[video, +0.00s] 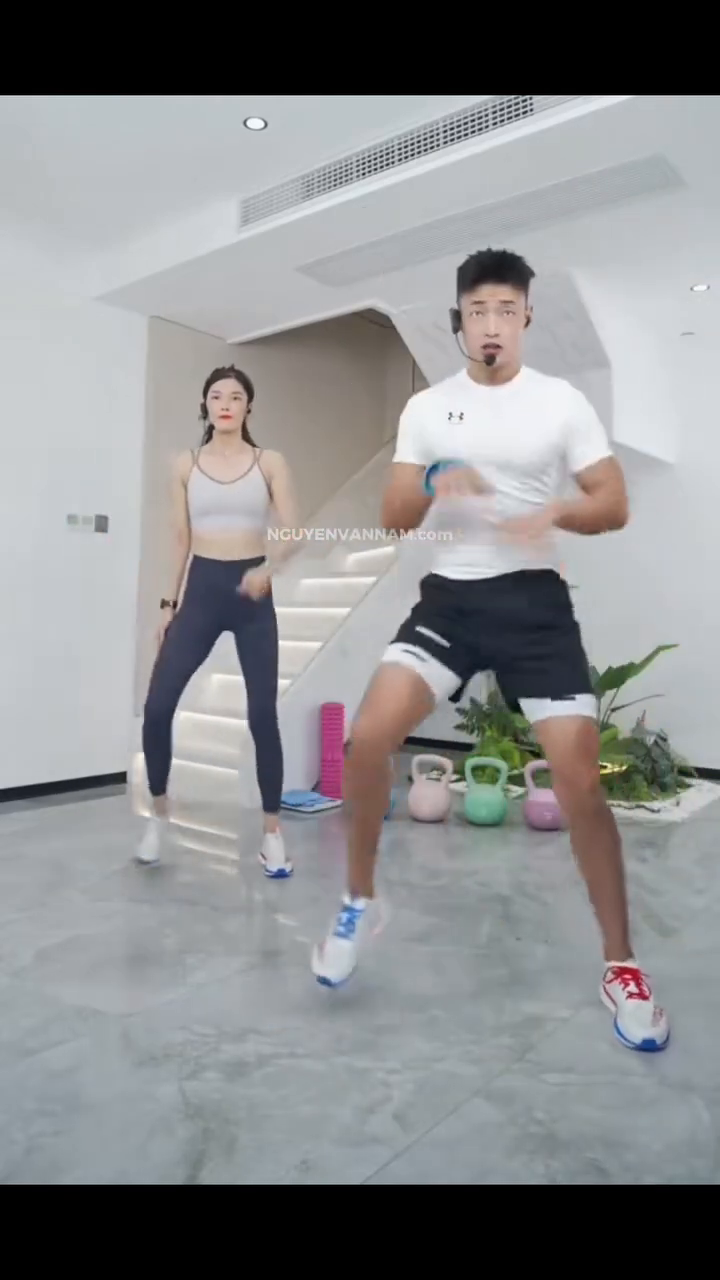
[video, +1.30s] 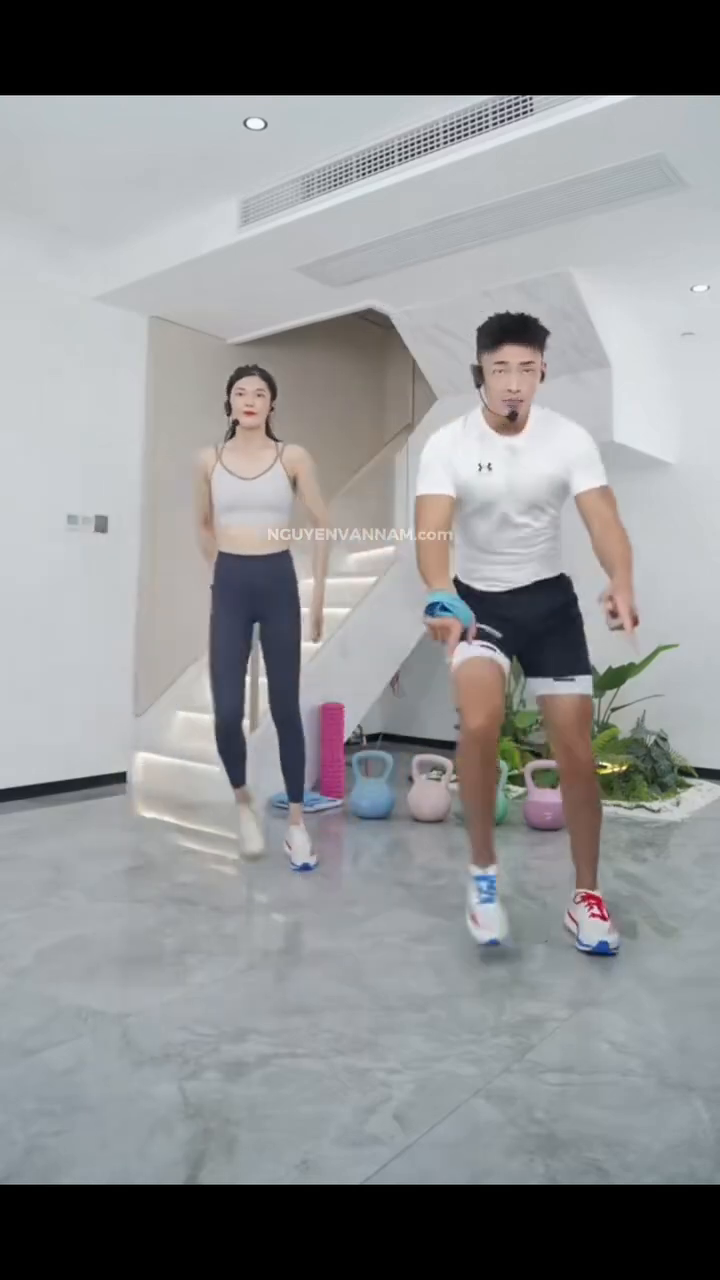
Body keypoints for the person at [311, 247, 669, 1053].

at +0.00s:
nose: (491, 328)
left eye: (506, 313)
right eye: (477, 314)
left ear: (528, 321)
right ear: (459, 322)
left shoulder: (562, 403)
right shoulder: (426, 409)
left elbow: (612, 506)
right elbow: (393, 514)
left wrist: (552, 514)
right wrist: (434, 489)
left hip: (535, 609)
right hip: (445, 606)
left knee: (581, 782)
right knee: (367, 739)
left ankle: (620, 966)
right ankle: (359, 901)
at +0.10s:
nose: (458, 331)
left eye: (471, 317)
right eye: (445, 318)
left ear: (495, 324)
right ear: (427, 330)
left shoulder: (528, 404)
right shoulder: (403, 412)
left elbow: (561, 502)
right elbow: (376, 511)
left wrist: (464, 480)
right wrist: (448, 453)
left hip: (504, 608)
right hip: (416, 607)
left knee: (556, 786)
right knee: (344, 771)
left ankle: (618, 967)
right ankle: (313, 903)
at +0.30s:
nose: (406, 354)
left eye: (421, 341)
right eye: (396, 339)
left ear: (442, 351)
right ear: (378, 346)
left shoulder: (460, 432)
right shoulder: (335, 424)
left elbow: (492, 521)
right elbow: (309, 517)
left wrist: (426, 518)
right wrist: (372, 504)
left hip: (439, 618)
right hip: (356, 621)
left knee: (511, 757)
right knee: (317, 779)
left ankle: (550, 936)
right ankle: (309, 915)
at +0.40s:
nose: (397, 330)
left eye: (412, 318)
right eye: (386, 317)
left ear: (433, 326)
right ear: (369, 322)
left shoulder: (453, 410)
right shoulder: (327, 398)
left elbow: (494, 507)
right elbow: (279, 484)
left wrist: (442, 556)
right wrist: (310, 510)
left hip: (424, 585)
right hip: (345, 587)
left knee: (461, 719)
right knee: (317, 750)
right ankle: (308, 909)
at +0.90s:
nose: (410, 346)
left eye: (423, 333)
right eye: (397, 335)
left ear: (444, 343)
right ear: (383, 349)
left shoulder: (474, 425)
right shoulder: (355, 426)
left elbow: (506, 508)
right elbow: (330, 511)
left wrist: (514, 570)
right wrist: (327, 551)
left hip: (453, 602)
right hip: (373, 606)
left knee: (521, 743)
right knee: (333, 764)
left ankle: (524, 874)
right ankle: (296, 902)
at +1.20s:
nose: (493, 380)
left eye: (505, 367)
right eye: (480, 368)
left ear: (523, 370)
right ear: (461, 374)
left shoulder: (555, 436)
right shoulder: (435, 443)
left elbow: (589, 513)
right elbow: (421, 529)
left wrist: (605, 576)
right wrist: (423, 596)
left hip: (543, 606)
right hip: (463, 607)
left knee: (576, 749)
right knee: (421, 724)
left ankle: (583, 898)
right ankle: (392, 874)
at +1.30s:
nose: (514, 383)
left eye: (526, 370)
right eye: (501, 370)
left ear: (542, 372)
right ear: (480, 374)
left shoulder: (569, 440)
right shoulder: (446, 446)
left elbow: (604, 519)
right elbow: (433, 534)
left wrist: (620, 581)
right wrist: (441, 598)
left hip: (549, 602)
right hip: (473, 605)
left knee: (575, 750)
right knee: (480, 726)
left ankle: (588, 896)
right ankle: (483, 873)